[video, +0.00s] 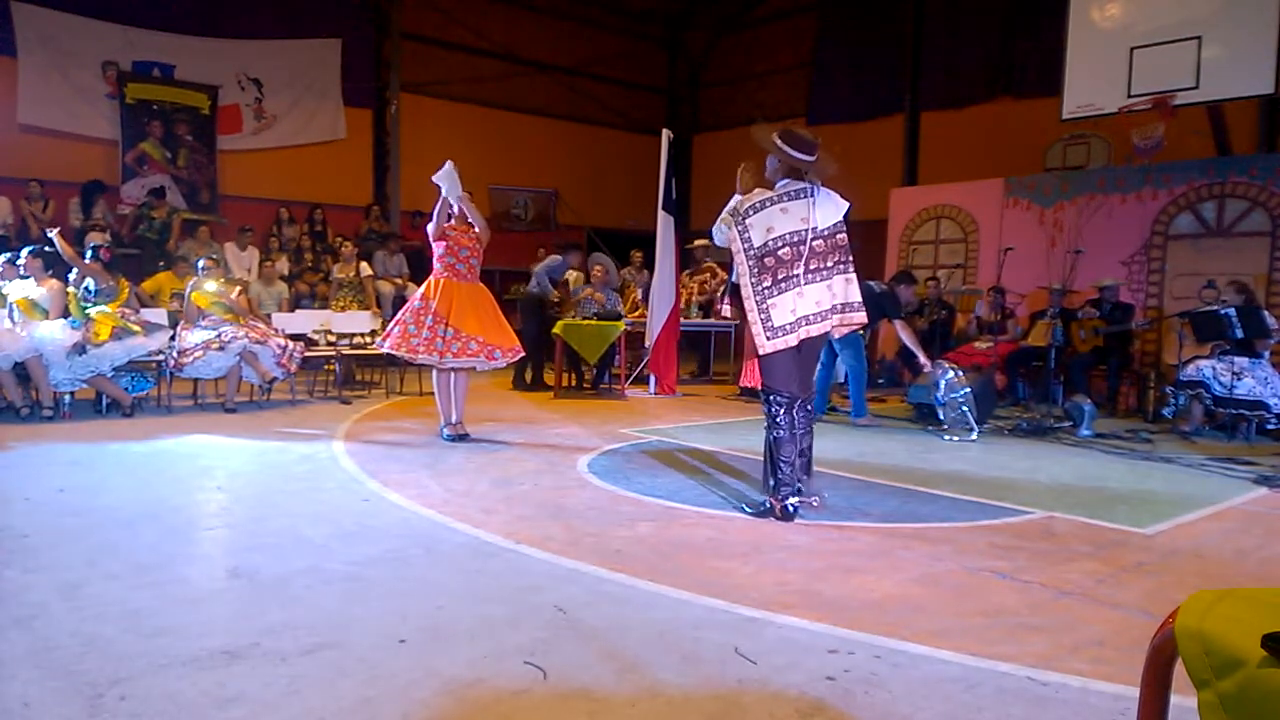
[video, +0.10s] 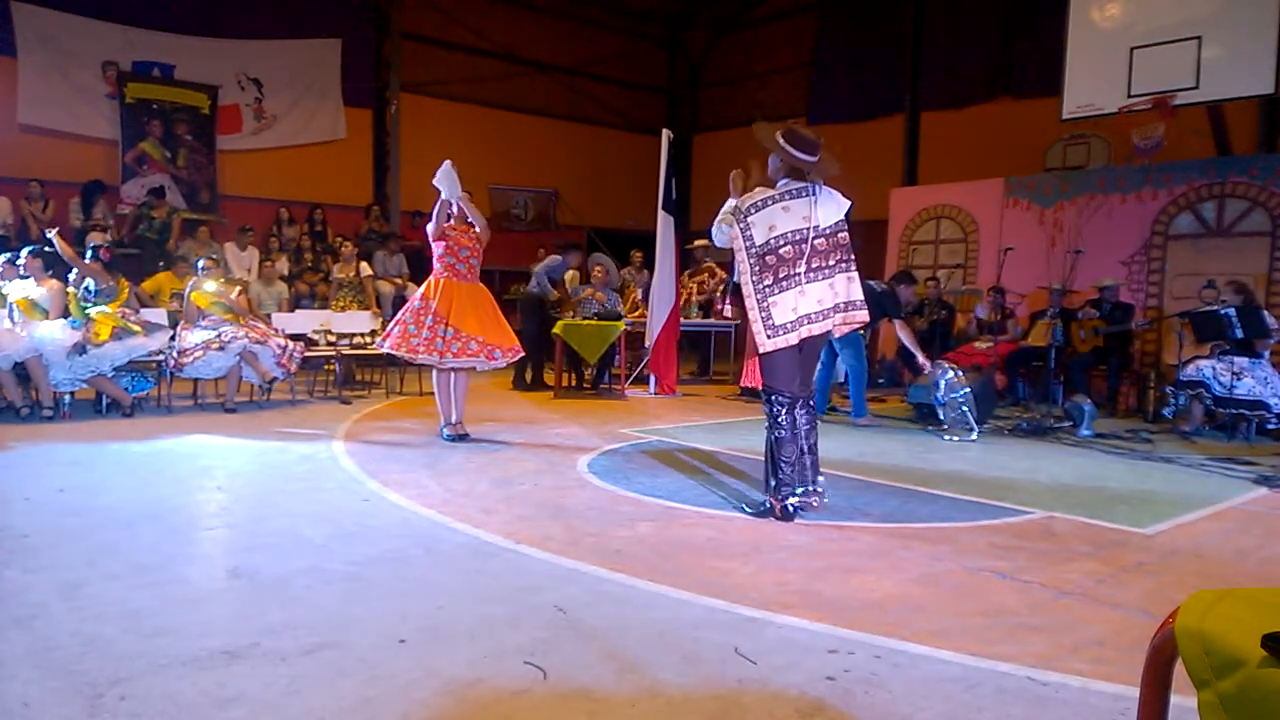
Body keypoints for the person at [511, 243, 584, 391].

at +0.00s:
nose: (579, 263)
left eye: (580, 260)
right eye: (578, 258)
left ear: (573, 259)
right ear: (571, 256)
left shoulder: (563, 270)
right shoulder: (557, 260)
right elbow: (539, 271)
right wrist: (551, 292)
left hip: (540, 300)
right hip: (530, 298)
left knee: (540, 341)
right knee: (529, 339)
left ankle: (538, 377)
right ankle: (519, 377)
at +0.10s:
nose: (578, 263)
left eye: (580, 260)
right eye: (577, 259)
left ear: (573, 259)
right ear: (571, 255)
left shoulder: (562, 270)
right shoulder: (556, 260)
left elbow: (560, 287)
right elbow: (538, 271)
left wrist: (567, 301)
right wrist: (550, 292)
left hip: (541, 301)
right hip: (530, 298)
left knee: (540, 340)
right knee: (528, 339)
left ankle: (538, 377)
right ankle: (519, 377)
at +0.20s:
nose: (578, 262)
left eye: (580, 259)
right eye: (578, 258)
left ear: (572, 259)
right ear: (571, 255)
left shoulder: (562, 269)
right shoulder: (556, 260)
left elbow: (558, 287)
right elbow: (536, 271)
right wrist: (548, 292)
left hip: (540, 301)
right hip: (530, 299)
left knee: (540, 340)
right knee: (528, 339)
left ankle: (537, 377)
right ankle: (519, 377)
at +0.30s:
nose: (579, 261)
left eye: (580, 258)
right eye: (578, 257)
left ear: (573, 258)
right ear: (570, 254)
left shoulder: (563, 269)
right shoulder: (555, 260)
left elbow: (555, 285)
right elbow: (535, 271)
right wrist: (547, 294)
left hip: (541, 302)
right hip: (530, 299)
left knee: (541, 340)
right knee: (529, 339)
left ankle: (537, 377)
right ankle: (519, 377)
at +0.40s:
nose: (577, 261)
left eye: (578, 258)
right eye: (576, 257)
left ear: (572, 258)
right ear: (568, 254)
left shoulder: (561, 269)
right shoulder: (553, 260)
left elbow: (553, 287)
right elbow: (534, 272)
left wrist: (564, 302)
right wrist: (544, 295)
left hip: (539, 302)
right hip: (529, 299)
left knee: (541, 340)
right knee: (529, 339)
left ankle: (538, 377)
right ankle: (519, 377)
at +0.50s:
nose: (572, 260)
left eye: (574, 256)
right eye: (571, 255)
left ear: (567, 255)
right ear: (564, 252)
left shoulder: (558, 268)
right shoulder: (549, 259)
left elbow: (551, 285)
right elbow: (532, 272)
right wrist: (543, 294)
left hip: (538, 301)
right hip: (528, 300)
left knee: (541, 340)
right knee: (529, 338)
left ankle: (537, 376)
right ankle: (517, 376)